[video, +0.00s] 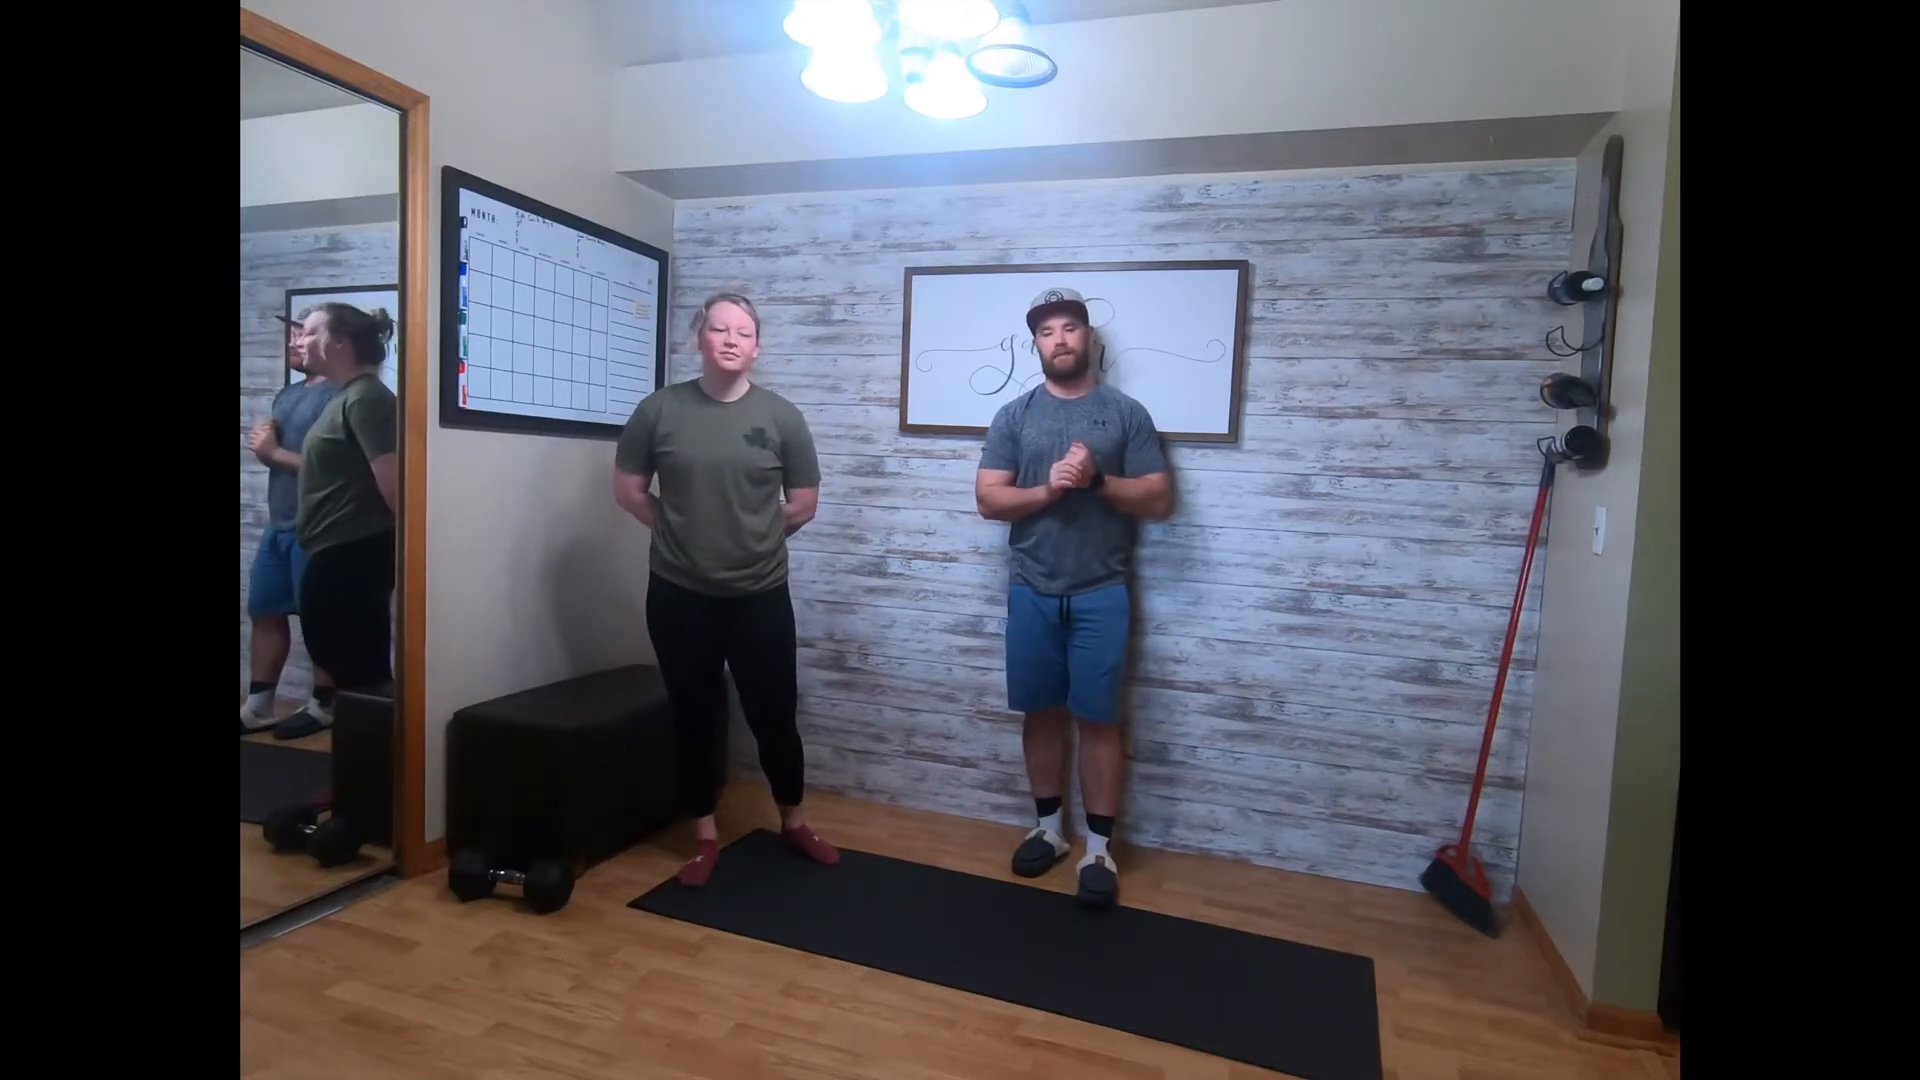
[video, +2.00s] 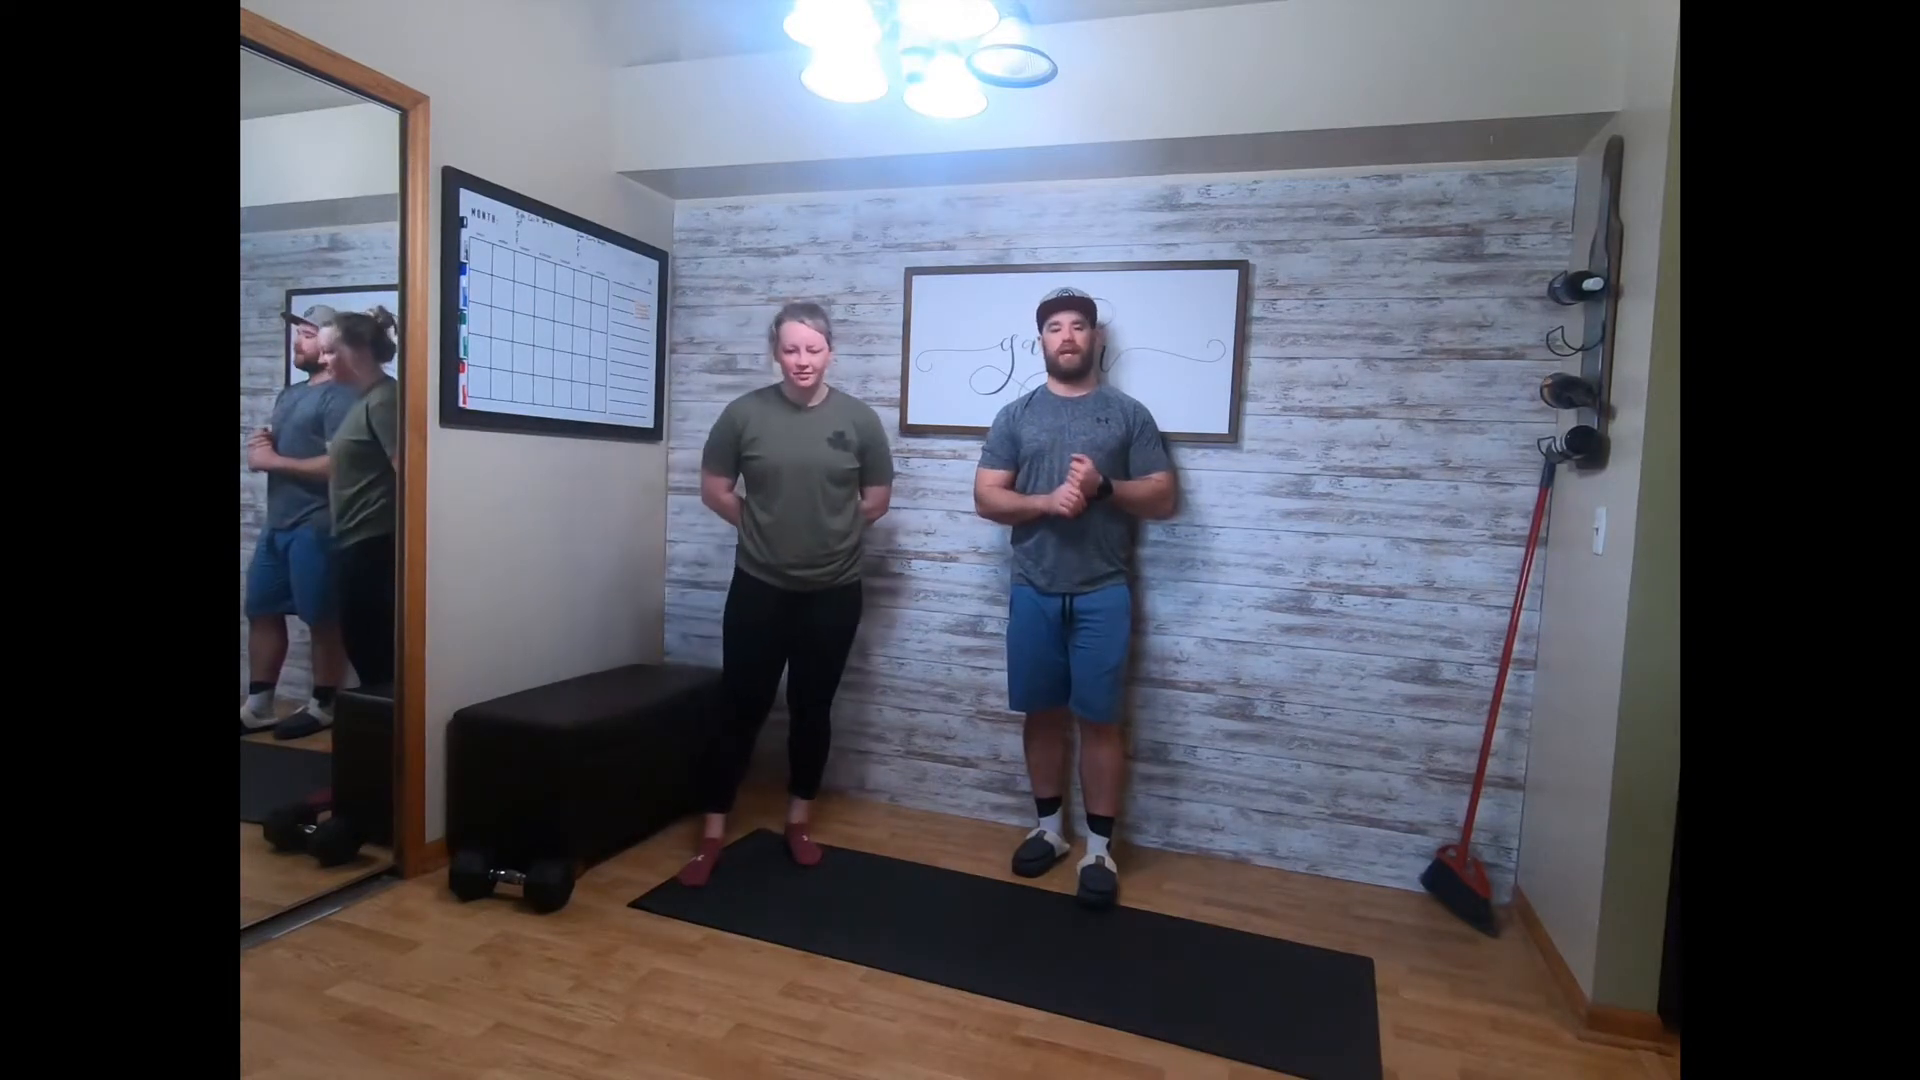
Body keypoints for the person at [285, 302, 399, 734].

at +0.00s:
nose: (303, 342)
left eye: (312, 334)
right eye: (304, 334)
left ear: (342, 341)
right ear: (345, 344)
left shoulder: (367, 399)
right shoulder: (345, 399)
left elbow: (398, 493)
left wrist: (422, 555)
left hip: (355, 550)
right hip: (338, 548)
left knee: (355, 665)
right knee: (349, 663)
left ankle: (370, 769)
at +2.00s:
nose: (326, 362)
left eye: (330, 352)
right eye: (325, 354)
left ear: (355, 350)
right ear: (357, 352)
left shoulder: (383, 400)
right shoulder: (367, 400)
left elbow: (407, 474)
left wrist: (409, 540)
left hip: (376, 544)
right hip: (358, 542)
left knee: (370, 646)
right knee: (364, 644)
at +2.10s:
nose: (326, 363)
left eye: (329, 353)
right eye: (325, 355)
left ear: (354, 351)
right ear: (358, 352)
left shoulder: (385, 399)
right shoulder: (365, 400)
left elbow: (411, 472)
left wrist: (408, 540)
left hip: (377, 544)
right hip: (357, 543)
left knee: (371, 646)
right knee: (363, 644)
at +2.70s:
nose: (322, 364)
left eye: (325, 355)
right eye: (320, 357)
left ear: (352, 351)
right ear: (348, 353)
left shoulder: (388, 398)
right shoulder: (348, 399)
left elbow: (418, 466)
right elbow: (341, 466)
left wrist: (414, 534)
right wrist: (332, 525)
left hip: (379, 544)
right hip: (347, 544)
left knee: (376, 647)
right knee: (362, 645)